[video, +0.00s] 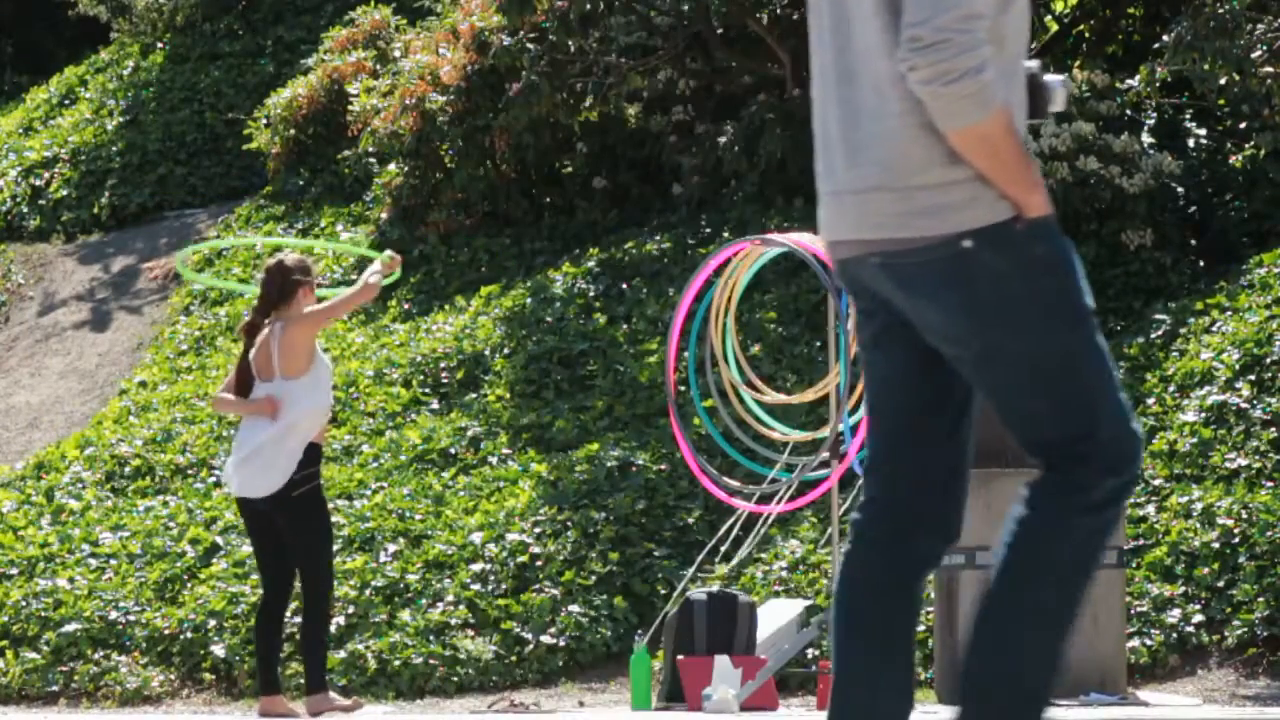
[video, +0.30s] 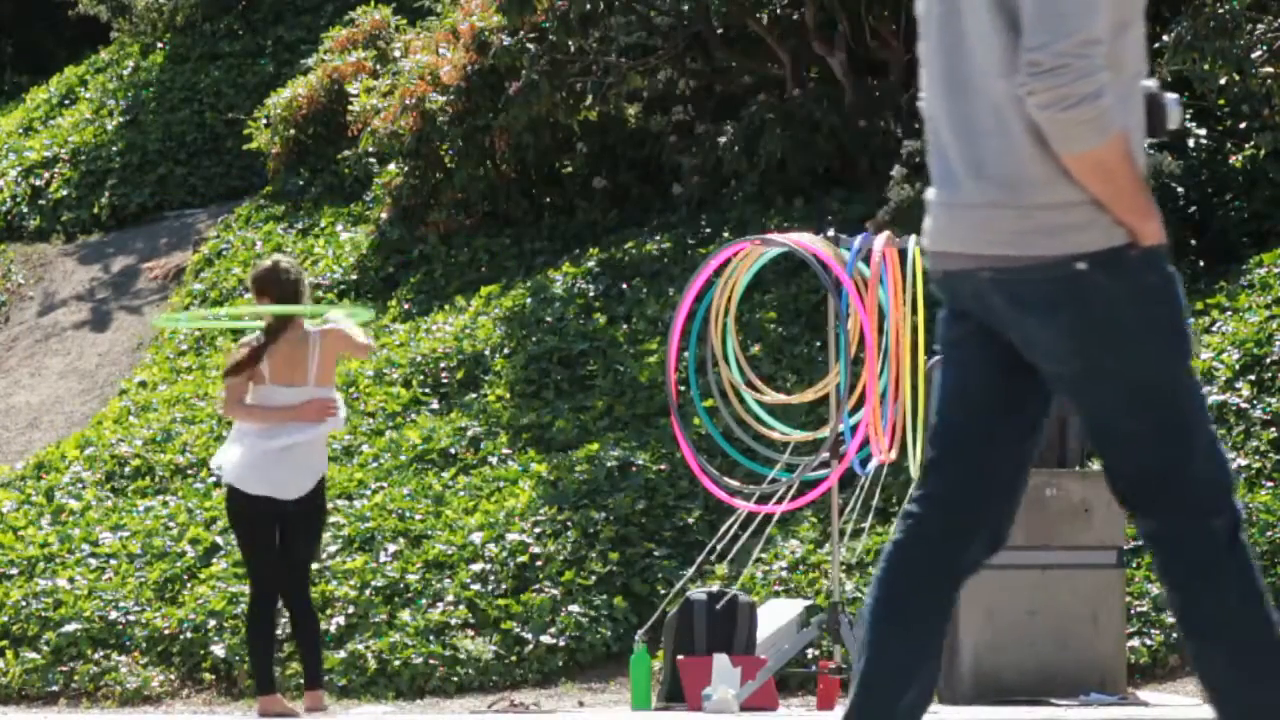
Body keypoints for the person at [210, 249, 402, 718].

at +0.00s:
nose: (315, 295)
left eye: (314, 287)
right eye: (311, 288)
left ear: (275, 294)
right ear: (298, 291)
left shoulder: (258, 341)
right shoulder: (298, 326)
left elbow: (223, 399)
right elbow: (363, 293)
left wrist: (259, 407)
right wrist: (380, 268)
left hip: (250, 482)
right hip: (294, 479)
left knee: (275, 585)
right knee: (318, 582)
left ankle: (269, 695)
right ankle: (318, 693)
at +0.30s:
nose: (253, 302)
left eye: (254, 295)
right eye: (254, 295)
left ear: (262, 300)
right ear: (302, 296)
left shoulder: (249, 350)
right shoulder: (329, 338)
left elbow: (231, 406)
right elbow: (365, 349)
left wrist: (300, 411)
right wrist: (335, 321)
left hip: (249, 478)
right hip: (305, 478)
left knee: (261, 588)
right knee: (298, 586)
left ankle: (267, 694)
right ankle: (314, 689)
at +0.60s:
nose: (258, 310)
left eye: (265, 302)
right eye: (257, 302)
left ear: (292, 300)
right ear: (295, 302)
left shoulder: (277, 343)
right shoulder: (317, 336)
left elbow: (295, 410)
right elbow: (284, 394)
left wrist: (328, 400)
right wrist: (240, 392)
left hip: (276, 481)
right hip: (305, 481)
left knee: (262, 582)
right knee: (267, 580)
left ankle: (274, 689)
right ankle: (274, 686)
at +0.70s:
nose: (263, 310)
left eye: (271, 302)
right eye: (261, 302)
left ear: (299, 300)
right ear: (288, 303)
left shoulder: (291, 342)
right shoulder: (307, 338)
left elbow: (317, 412)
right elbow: (268, 406)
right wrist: (213, 405)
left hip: (284, 479)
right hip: (294, 479)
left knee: (262, 576)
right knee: (268, 576)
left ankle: (277, 688)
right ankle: (284, 686)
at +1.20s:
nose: (327, 316)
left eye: (332, 308)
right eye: (320, 306)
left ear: (332, 307)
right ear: (292, 301)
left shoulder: (337, 345)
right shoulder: (254, 352)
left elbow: (351, 403)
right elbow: (234, 410)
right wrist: (237, 448)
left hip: (331, 466)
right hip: (279, 467)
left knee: (328, 584)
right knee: (279, 582)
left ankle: (294, 685)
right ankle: (265, 683)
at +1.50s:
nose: (346, 314)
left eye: (347, 306)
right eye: (343, 305)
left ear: (322, 303)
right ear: (320, 301)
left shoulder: (320, 345)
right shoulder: (294, 351)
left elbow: (321, 410)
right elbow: (290, 419)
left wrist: (347, 449)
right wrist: (333, 458)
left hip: (329, 476)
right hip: (312, 479)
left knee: (336, 583)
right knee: (337, 583)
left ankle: (294, 684)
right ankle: (265, 663)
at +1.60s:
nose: (349, 311)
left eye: (350, 302)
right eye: (346, 302)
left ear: (315, 301)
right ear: (327, 301)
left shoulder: (296, 347)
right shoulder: (313, 351)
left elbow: (281, 415)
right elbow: (324, 420)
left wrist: (329, 429)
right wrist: (374, 457)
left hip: (308, 480)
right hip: (325, 481)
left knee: (332, 577)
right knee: (351, 580)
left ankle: (295, 674)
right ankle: (292, 668)